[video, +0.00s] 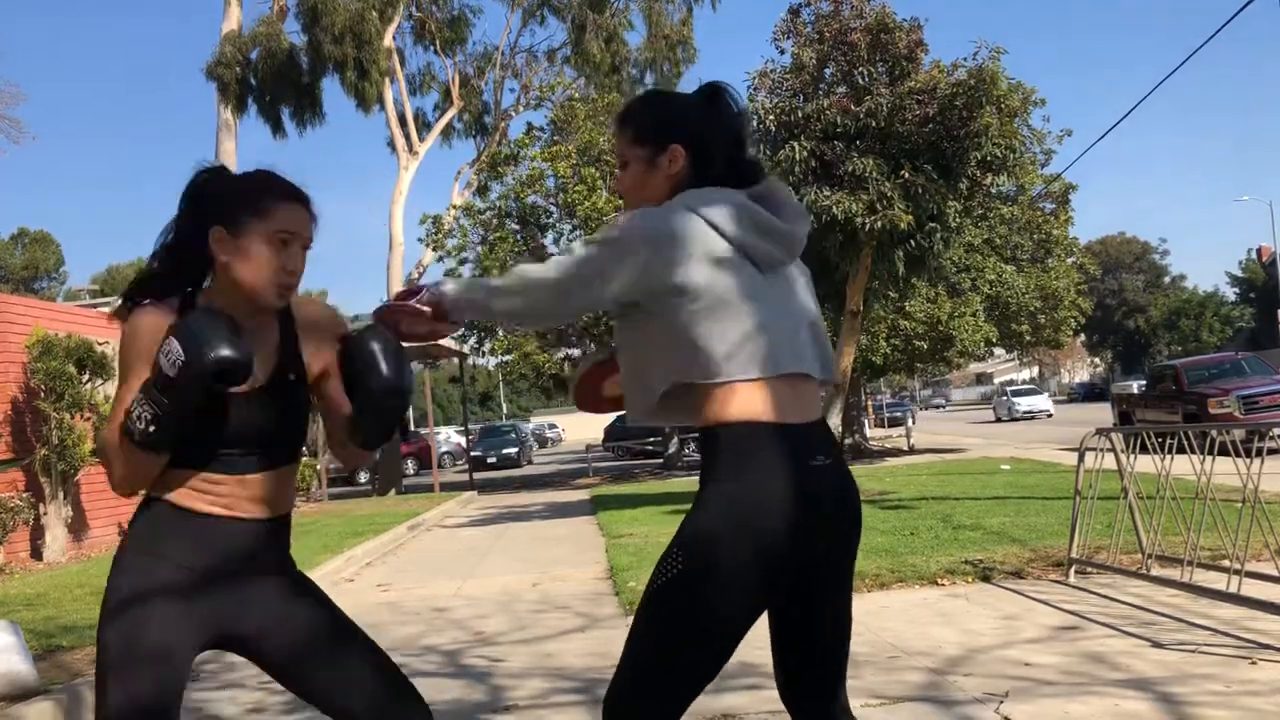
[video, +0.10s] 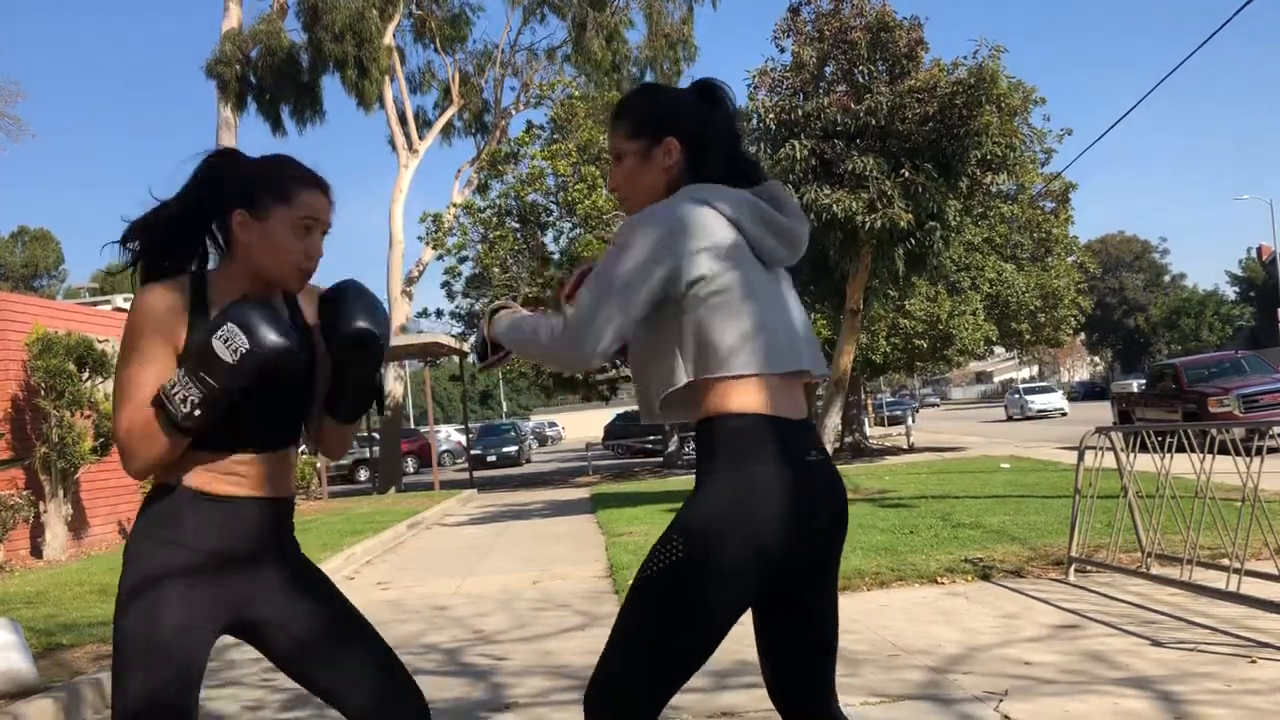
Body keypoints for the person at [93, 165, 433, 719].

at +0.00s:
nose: (298, 265)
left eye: (304, 248)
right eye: (282, 243)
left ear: (307, 251)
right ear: (222, 244)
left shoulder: (316, 327)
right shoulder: (157, 326)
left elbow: (351, 452)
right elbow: (126, 476)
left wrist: (379, 407)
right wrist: (173, 390)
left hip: (263, 570)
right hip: (163, 569)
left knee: (403, 710)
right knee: (130, 711)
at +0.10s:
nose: (318, 250)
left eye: (323, 235)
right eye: (306, 229)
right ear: (243, 226)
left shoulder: (312, 311)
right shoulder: (165, 304)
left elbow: (331, 445)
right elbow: (138, 455)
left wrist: (355, 369)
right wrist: (200, 385)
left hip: (272, 554)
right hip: (177, 555)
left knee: (401, 708)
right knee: (150, 712)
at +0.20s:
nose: (353, 241)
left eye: (356, 225)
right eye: (343, 222)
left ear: (290, 219)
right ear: (285, 215)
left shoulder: (282, 292)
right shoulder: (240, 282)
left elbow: (270, 420)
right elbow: (213, 429)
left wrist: (320, 399)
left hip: (267, 540)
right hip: (215, 546)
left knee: (393, 696)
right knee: (196, 712)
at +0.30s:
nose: (381, 261)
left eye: (384, 245)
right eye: (375, 243)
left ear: (317, 238)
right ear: (323, 235)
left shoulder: (252, 291)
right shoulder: (321, 293)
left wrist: (376, 403)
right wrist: (370, 396)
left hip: (225, 553)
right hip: (234, 559)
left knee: (392, 693)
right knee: (227, 711)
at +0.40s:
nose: (424, 306)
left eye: (421, 290)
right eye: (413, 288)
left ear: (361, 290)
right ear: (365, 290)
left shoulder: (285, 333)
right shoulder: (332, 334)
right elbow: (307, 489)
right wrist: (376, 440)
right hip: (216, 583)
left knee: (404, 692)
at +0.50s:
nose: (442, 348)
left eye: (442, 332)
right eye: (434, 331)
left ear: (385, 329)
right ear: (383, 326)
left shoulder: (326, 382)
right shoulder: (310, 367)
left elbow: (289, 505)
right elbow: (285, 515)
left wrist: (378, 450)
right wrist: (375, 448)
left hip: (231, 600)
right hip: (194, 606)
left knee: (414, 693)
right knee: (409, 696)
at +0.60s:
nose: (425, 377)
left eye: (423, 360)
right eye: (411, 358)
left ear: (351, 364)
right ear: (351, 361)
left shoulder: (339, 414)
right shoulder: (253, 397)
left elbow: (370, 534)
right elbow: (223, 542)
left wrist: (422, 454)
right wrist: (313, 461)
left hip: (247, 624)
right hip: (176, 628)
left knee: (426, 702)